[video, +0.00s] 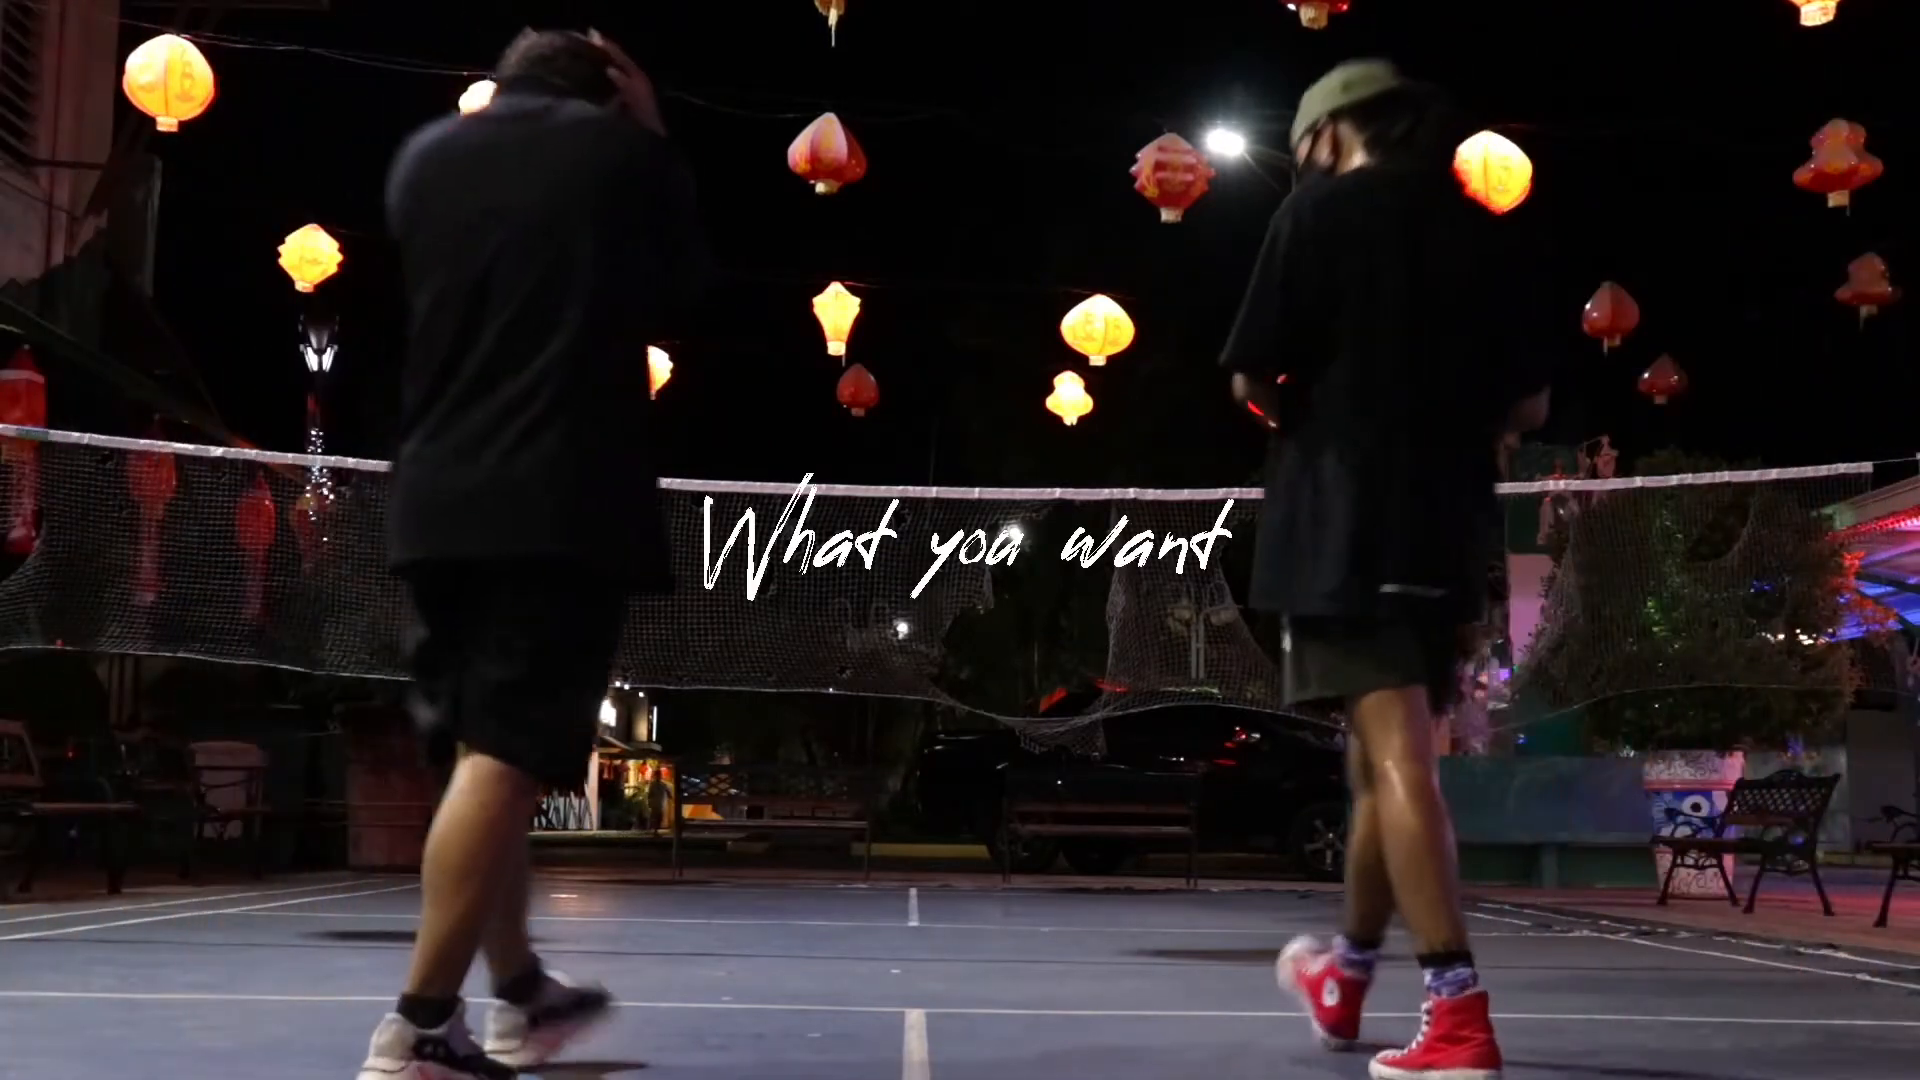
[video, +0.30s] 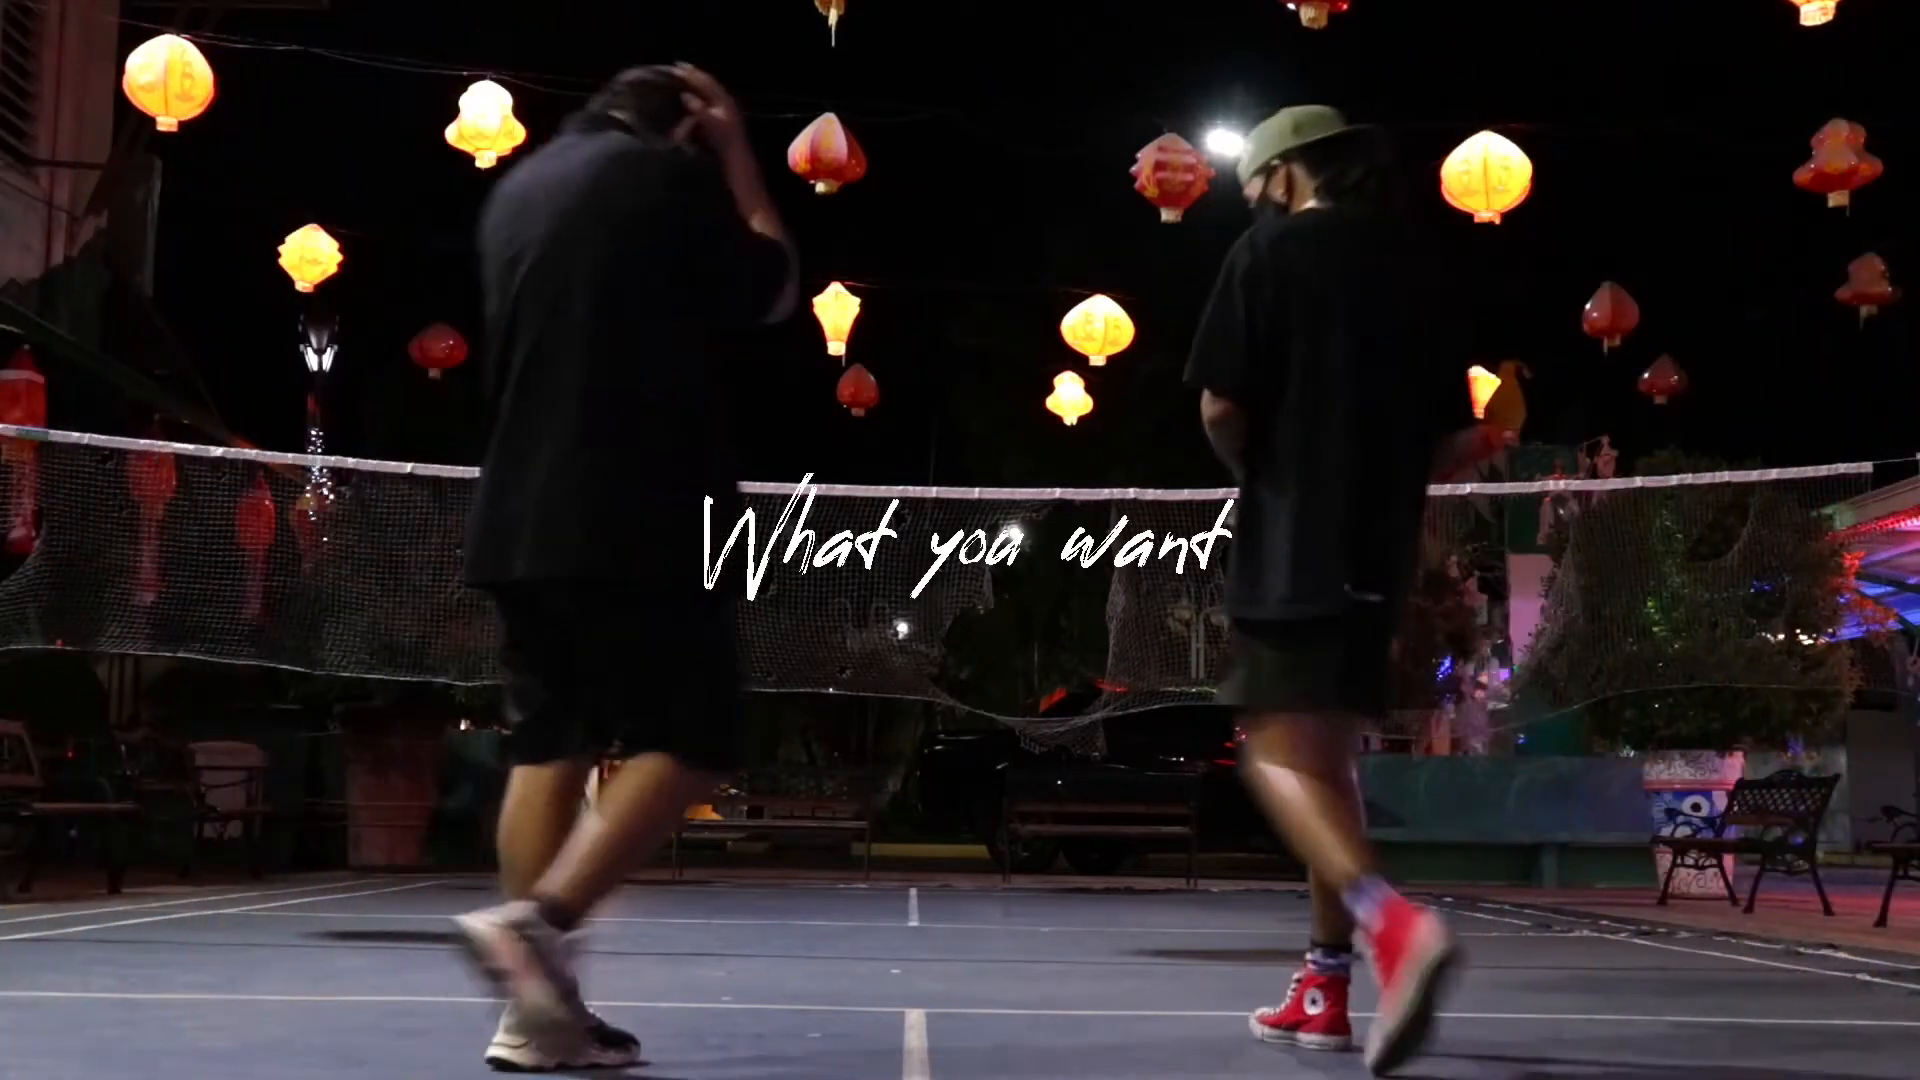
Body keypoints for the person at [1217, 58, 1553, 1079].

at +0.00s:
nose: (1309, 161)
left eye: (1310, 146)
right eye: (1308, 149)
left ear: (1335, 135)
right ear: (1416, 129)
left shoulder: (1316, 212)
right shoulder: (1480, 226)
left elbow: (1252, 366)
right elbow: (1528, 393)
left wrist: (1300, 415)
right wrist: (1465, 429)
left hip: (1344, 511)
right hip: (1448, 514)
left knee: (1402, 761)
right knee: (1386, 757)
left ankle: (1456, 1012)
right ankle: (1343, 979)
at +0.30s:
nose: (1256, 202)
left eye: (1257, 187)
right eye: (1254, 190)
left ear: (1286, 178)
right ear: (1350, 172)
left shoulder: (1266, 250)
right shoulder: (1414, 259)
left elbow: (1221, 409)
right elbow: (1462, 435)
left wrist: (1267, 475)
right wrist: (1387, 473)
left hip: (1295, 527)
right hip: (1383, 532)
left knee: (1271, 753)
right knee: (1330, 759)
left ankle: (1391, 923)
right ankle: (1324, 985)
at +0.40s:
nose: (1240, 203)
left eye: (1242, 190)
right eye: (1239, 191)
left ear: (1267, 180)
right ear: (1330, 177)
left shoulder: (1257, 253)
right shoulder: (1388, 264)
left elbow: (1218, 412)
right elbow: (1420, 420)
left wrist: (1219, 482)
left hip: (1268, 548)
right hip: (1358, 553)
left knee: (1203, 736)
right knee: (1323, 759)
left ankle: (1321, 883)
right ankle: (1327, 1001)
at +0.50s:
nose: (1221, 212)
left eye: (1222, 196)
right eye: (1219, 197)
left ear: (1253, 185)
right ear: (1308, 181)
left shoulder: (1247, 259)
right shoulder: (1370, 268)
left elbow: (1215, 410)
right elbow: (1367, 424)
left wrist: (1200, 475)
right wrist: (1206, 481)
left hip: (1254, 544)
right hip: (1348, 553)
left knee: (1177, 730)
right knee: (1322, 760)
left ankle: (1260, 902)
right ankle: (1321, 987)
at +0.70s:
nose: (1166, 235)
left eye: (1169, 219)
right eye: (1162, 221)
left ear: (1204, 207)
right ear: (1244, 206)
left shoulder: (1200, 288)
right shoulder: (1306, 286)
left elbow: (1171, 437)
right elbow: (1303, 428)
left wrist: (1164, 498)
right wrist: (1171, 486)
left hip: (1210, 560)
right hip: (1305, 552)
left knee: (1157, 752)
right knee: (1303, 762)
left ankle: (1120, 959)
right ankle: (1320, 984)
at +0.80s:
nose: (1130, 246)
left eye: (1135, 229)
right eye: (1129, 230)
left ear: (1171, 224)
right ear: (1208, 223)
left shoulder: (1164, 309)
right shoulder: (1271, 311)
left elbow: (1137, 455)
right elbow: (1273, 447)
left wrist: (1119, 504)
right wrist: (1132, 497)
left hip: (1178, 578)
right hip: (1273, 572)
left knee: (1139, 768)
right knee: (1285, 773)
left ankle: (1106, 965)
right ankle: (1318, 983)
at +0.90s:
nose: (1100, 256)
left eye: (1104, 241)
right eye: (1099, 242)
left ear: (1138, 235)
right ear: (1179, 233)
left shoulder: (1133, 325)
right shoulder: (1246, 316)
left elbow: (1102, 468)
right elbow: (1255, 455)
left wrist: (1088, 516)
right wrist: (1111, 493)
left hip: (1145, 583)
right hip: (1244, 576)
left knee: (1118, 770)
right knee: (1253, 759)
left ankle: (1097, 969)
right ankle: (1314, 967)